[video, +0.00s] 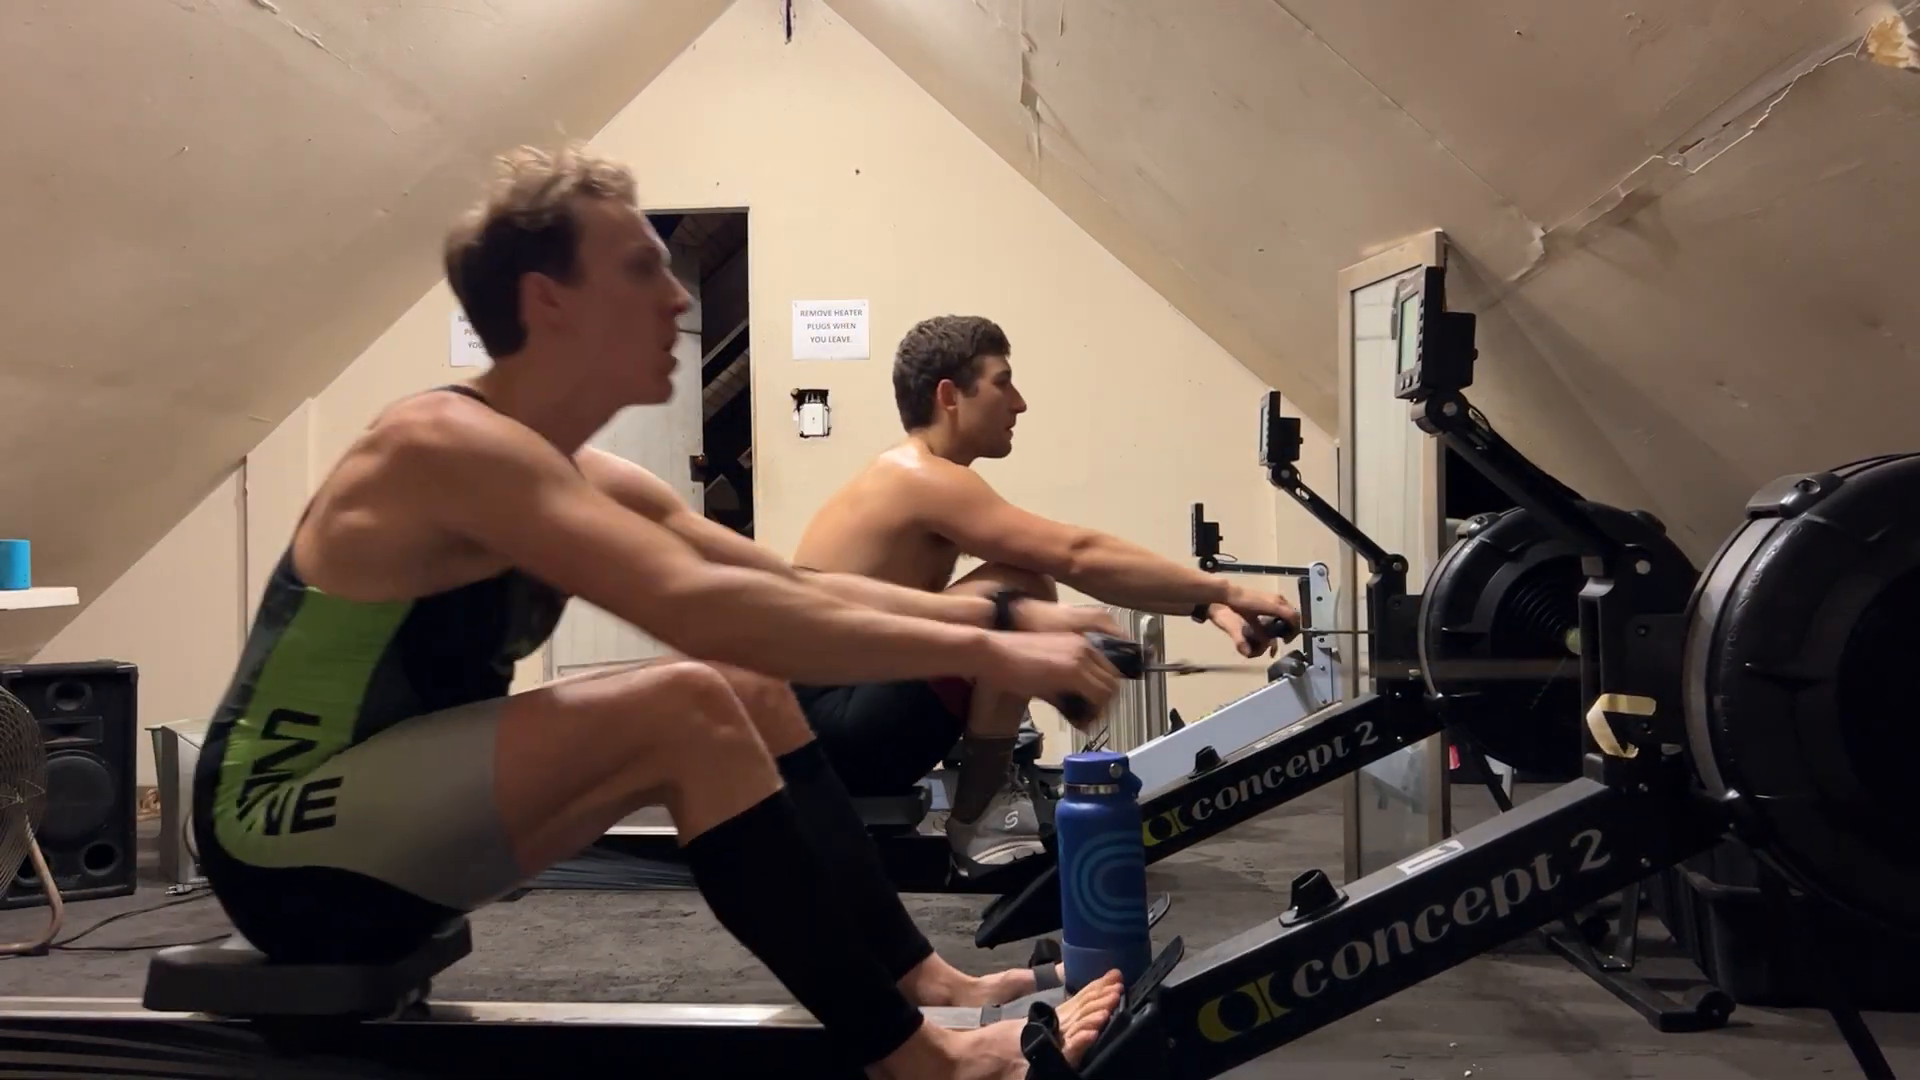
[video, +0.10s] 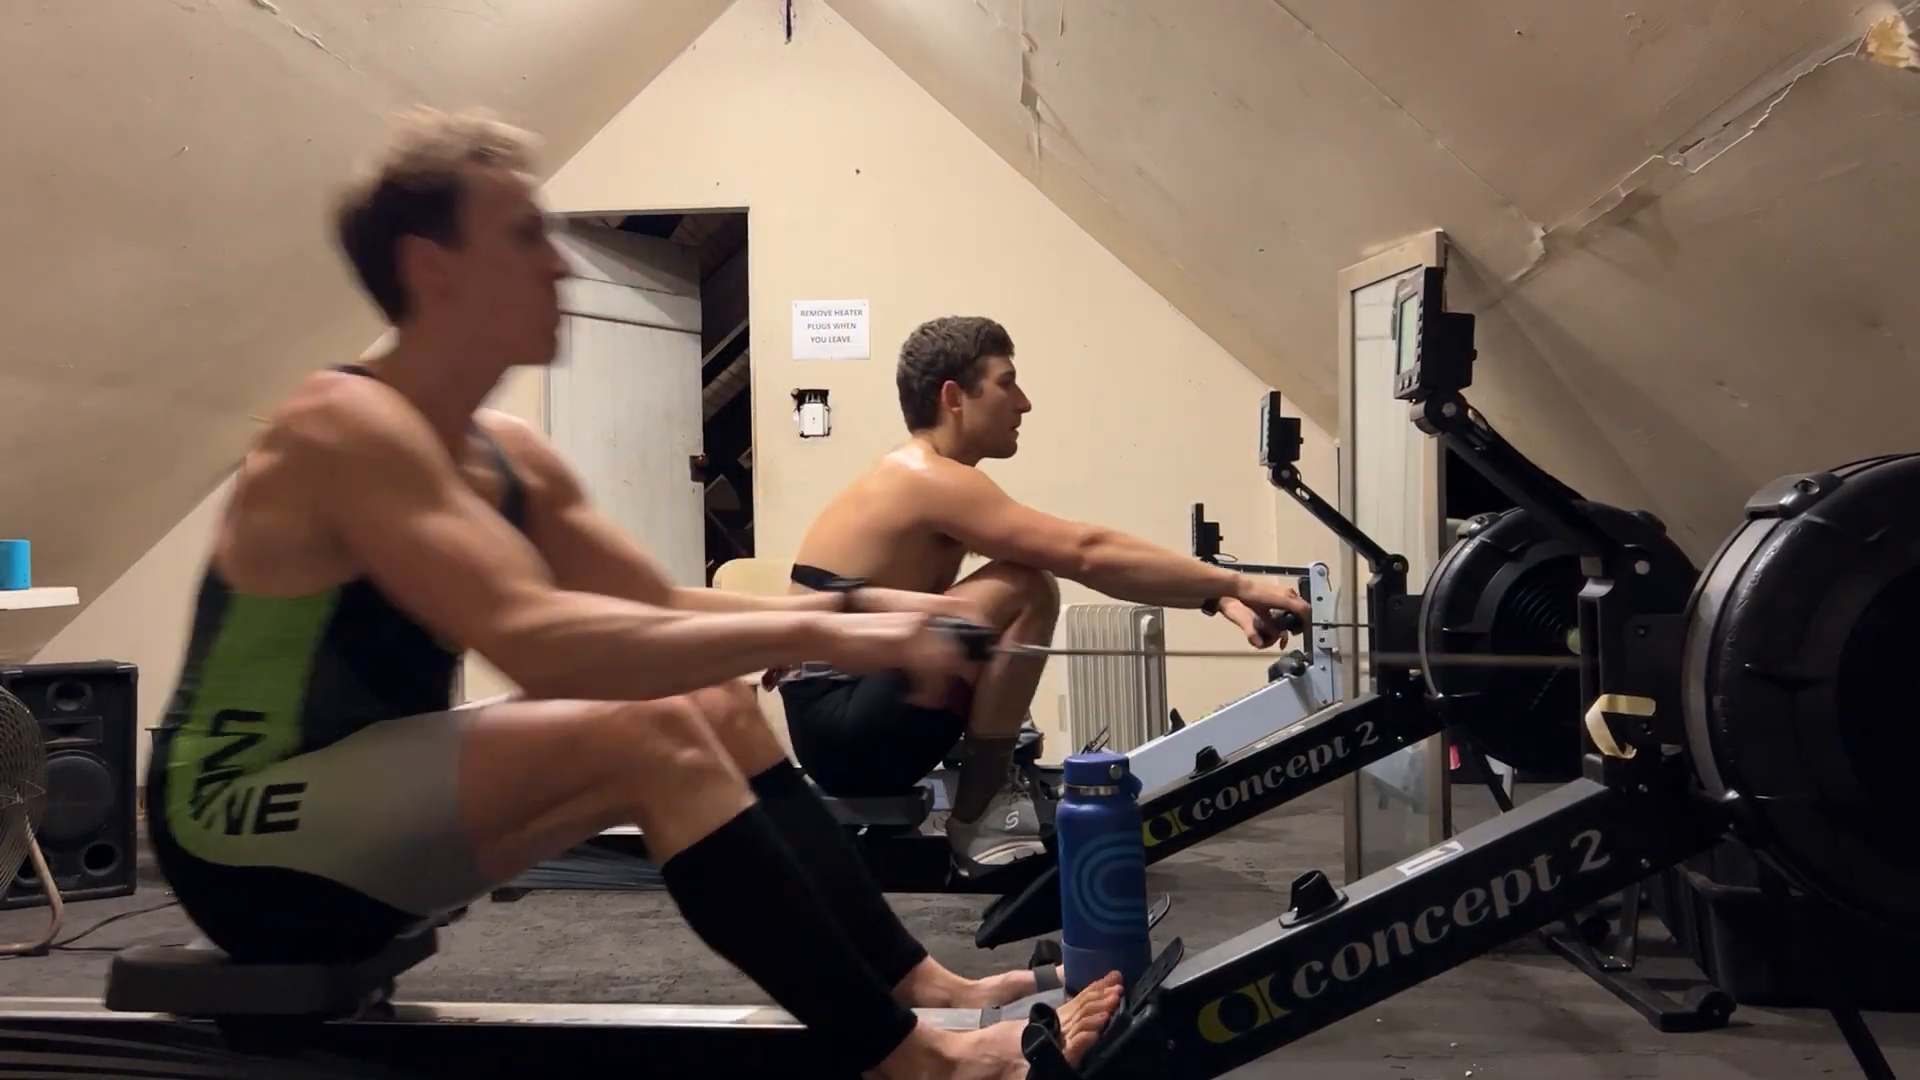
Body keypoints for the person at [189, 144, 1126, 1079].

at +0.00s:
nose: (680, 299)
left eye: (665, 269)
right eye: (645, 272)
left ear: (556, 306)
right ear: (547, 302)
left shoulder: (592, 480)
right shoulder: (449, 445)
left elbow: (784, 587)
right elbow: (702, 613)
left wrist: (977, 617)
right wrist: (984, 652)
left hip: (377, 806)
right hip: (293, 832)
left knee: (748, 686)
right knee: (686, 713)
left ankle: (919, 988)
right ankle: (902, 1055)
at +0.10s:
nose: (563, 264)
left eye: (550, 236)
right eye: (528, 239)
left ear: (459, 268)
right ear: (426, 267)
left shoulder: (504, 453)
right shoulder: (348, 425)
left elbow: (665, 608)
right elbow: (531, 641)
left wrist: (868, 615)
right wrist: (824, 634)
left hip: (357, 800)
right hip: (248, 823)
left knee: (724, 702)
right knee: (657, 744)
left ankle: (918, 991)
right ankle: (896, 1055)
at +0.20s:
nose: (387, 245)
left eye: (382, 217)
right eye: (352, 218)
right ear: (244, 234)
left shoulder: (367, 431)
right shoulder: (188, 415)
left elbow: (518, 605)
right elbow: (351, 649)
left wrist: (715, 595)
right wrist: (630, 628)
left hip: (316, 766)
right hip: (189, 803)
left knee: (677, 739)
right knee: (612, 780)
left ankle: (923, 998)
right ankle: (896, 1059)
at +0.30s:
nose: (203, 267)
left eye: (202, 237)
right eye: (169, 237)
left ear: (196, 240)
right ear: (55, 251)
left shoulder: (211, 432)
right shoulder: (21, 430)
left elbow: (360, 602)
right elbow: (154, 650)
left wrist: (520, 602)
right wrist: (446, 614)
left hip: (252, 765)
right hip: (127, 807)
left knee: (626, 792)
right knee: (564, 838)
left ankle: (926, 1005)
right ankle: (904, 1061)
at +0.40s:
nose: (54, 322)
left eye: (59, 296)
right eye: (30, 298)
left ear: (66, 303)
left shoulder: (80, 478)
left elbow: (236, 644)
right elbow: (13, 700)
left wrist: (378, 609)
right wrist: (205, 632)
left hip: (199, 777)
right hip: (78, 815)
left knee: (579, 846)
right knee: (512, 891)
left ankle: (924, 1010)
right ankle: (895, 1063)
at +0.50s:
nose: (14, 323)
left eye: (12, 296)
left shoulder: (30, 531)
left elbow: (153, 690)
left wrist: (244, 629)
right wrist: (71, 641)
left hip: (161, 780)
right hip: (64, 821)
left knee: (563, 858)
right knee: (505, 901)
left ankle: (945, 1010)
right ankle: (898, 1070)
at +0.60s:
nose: (46, 360)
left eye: (53, 331)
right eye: (26, 329)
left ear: (60, 340)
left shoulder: (37, 517)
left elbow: (142, 712)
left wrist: (139, 595)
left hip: (187, 788)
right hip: (74, 834)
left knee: (560, 838)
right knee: (505, 875)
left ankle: (904, 1003)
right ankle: (870, 1060)